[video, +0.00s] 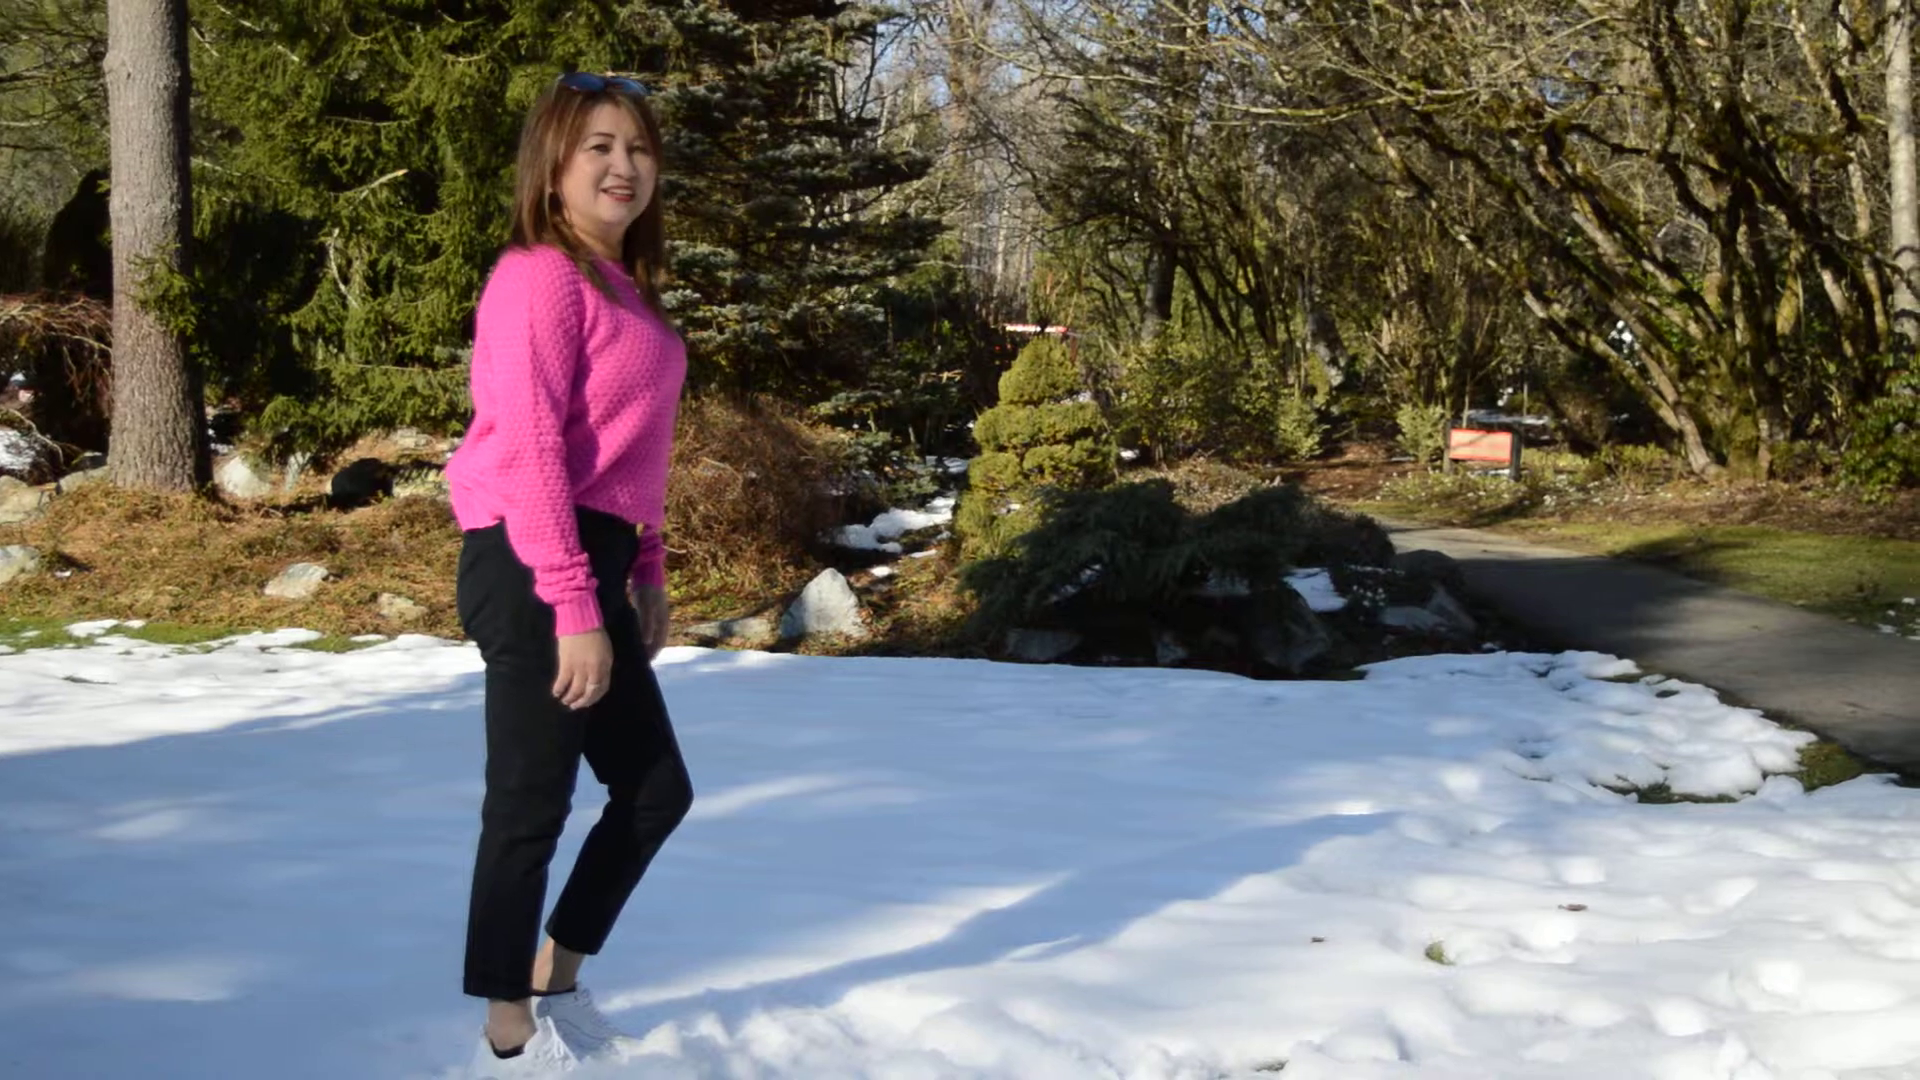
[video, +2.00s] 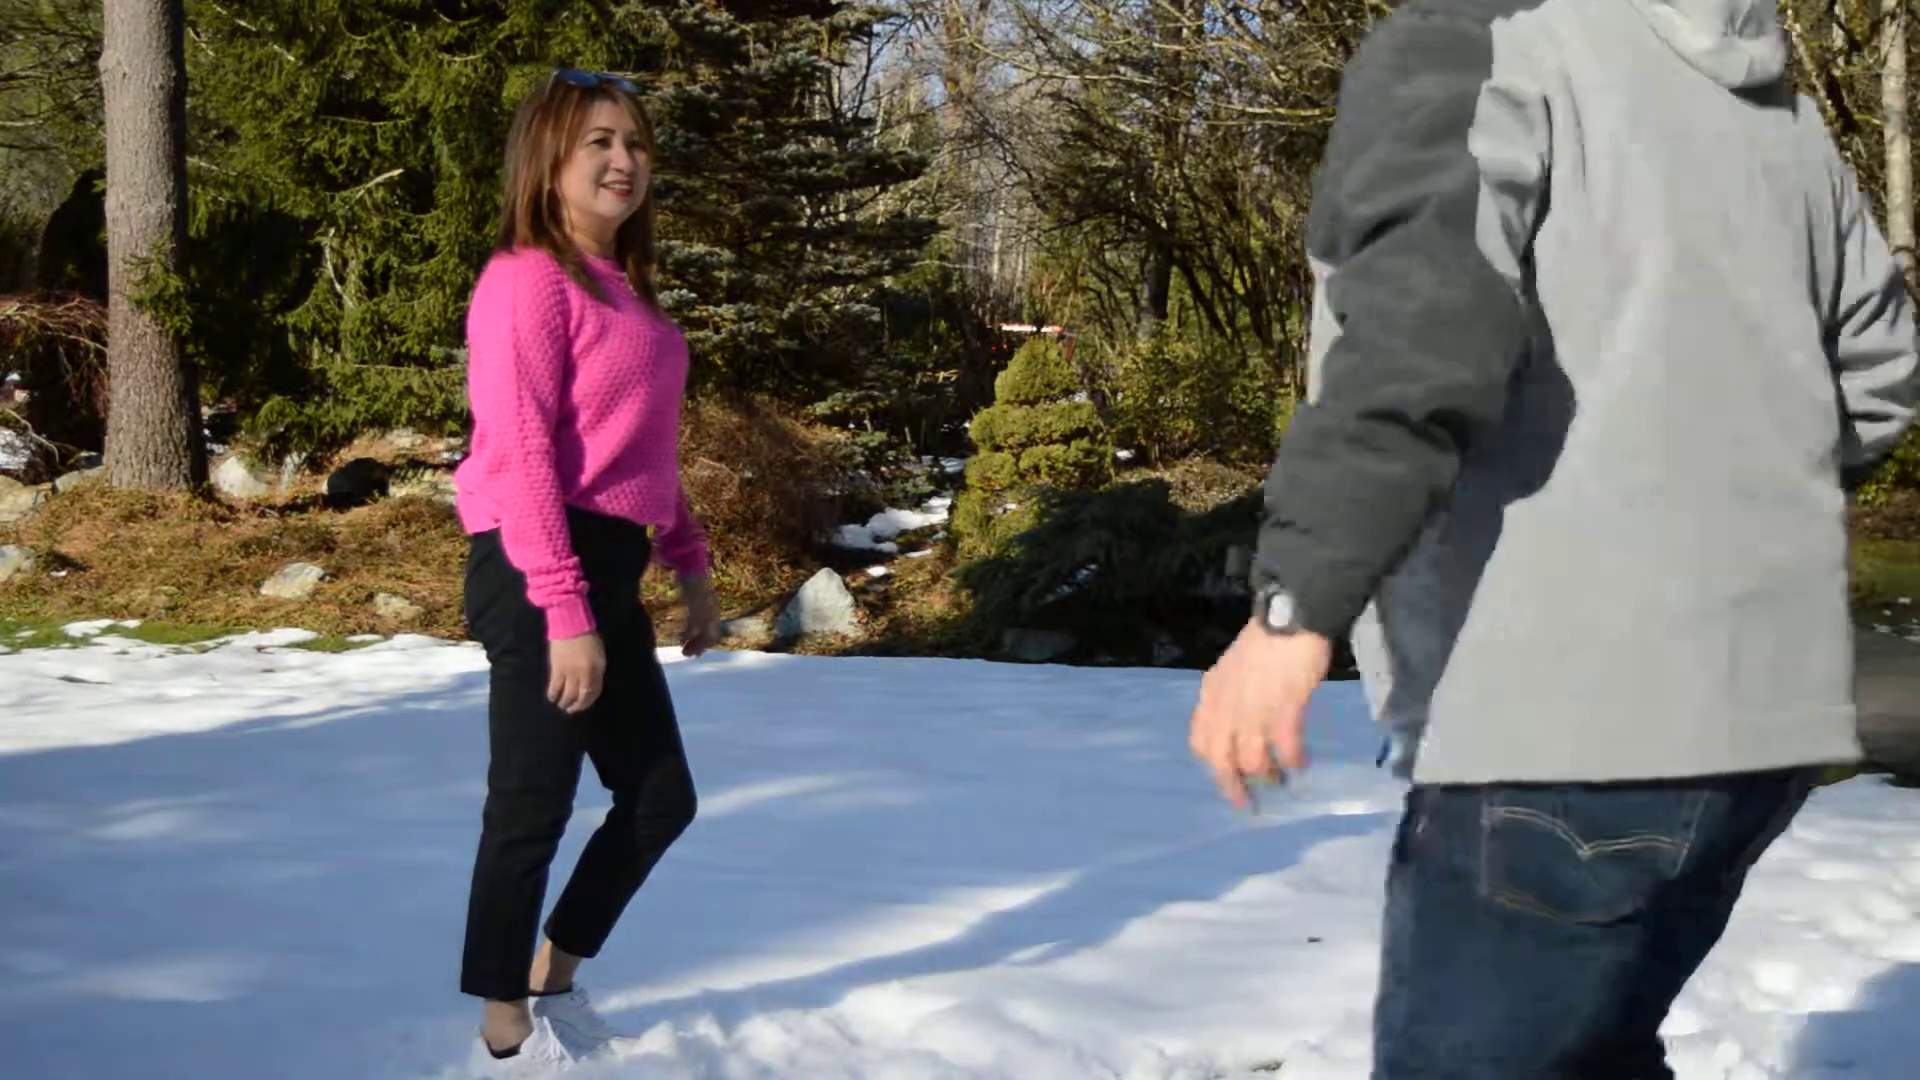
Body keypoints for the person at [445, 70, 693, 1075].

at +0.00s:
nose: (623, 166)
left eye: (638, 149)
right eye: (600, 146)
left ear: (654, 173)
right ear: (553, 166)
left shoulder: (625, 292)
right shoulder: (536, 278)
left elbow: (634, 451)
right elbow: (531, 453)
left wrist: (647, 571)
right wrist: (572, 610)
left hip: (596, 555)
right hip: (525, 551)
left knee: (655, 790)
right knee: (530, 794)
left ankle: (554, 978)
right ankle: (506, 1038)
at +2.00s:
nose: (625, 159)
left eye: (636, 144)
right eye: (600, 143)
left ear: (648, 167)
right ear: (548, 165)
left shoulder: (622, 288)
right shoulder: (524, 279)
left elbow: (643, 449)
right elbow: (518, 453)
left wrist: (691, 568)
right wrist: (565, 609)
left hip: (606, 559)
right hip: (532, 554)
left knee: (661, 797)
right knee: (530, 804)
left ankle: (550, 977)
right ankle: (502, 1035)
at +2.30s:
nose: (624, 160)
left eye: (636, 144)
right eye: (599, 143)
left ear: (648, 168)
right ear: (546, 163)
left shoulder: (623, 289)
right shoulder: (520, 280)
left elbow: (653, 447)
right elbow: (515, 456)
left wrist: (714, 556)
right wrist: (562, 612)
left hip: (608, 564)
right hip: (533, 556)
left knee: (660, 800)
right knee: (530, 805)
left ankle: (548, 982)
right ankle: (503, 1039)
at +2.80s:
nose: (617, 158)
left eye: (630, 142)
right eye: (593, 141)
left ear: (645, 164)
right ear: (543, 161)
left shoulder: (623, 286)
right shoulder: (516, 280)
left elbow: (660, 447)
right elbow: (502, 454)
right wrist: (556, 607)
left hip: (614, 556)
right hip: (534, 553)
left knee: (660, 804)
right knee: (530, 804)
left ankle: (548, 982)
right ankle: (502, 1038)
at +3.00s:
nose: (610, 159)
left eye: (622, 142)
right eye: (587, 141)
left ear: (638, 162)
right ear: (539, 161)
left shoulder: (630, 280)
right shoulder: (511, 278)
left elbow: (654, 422)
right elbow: (489, 439)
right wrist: (529, 574)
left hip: (612, 562)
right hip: (530, 564)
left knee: (658, 790)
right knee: (530, 805)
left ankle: (551, 976)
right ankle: (501, 1036)